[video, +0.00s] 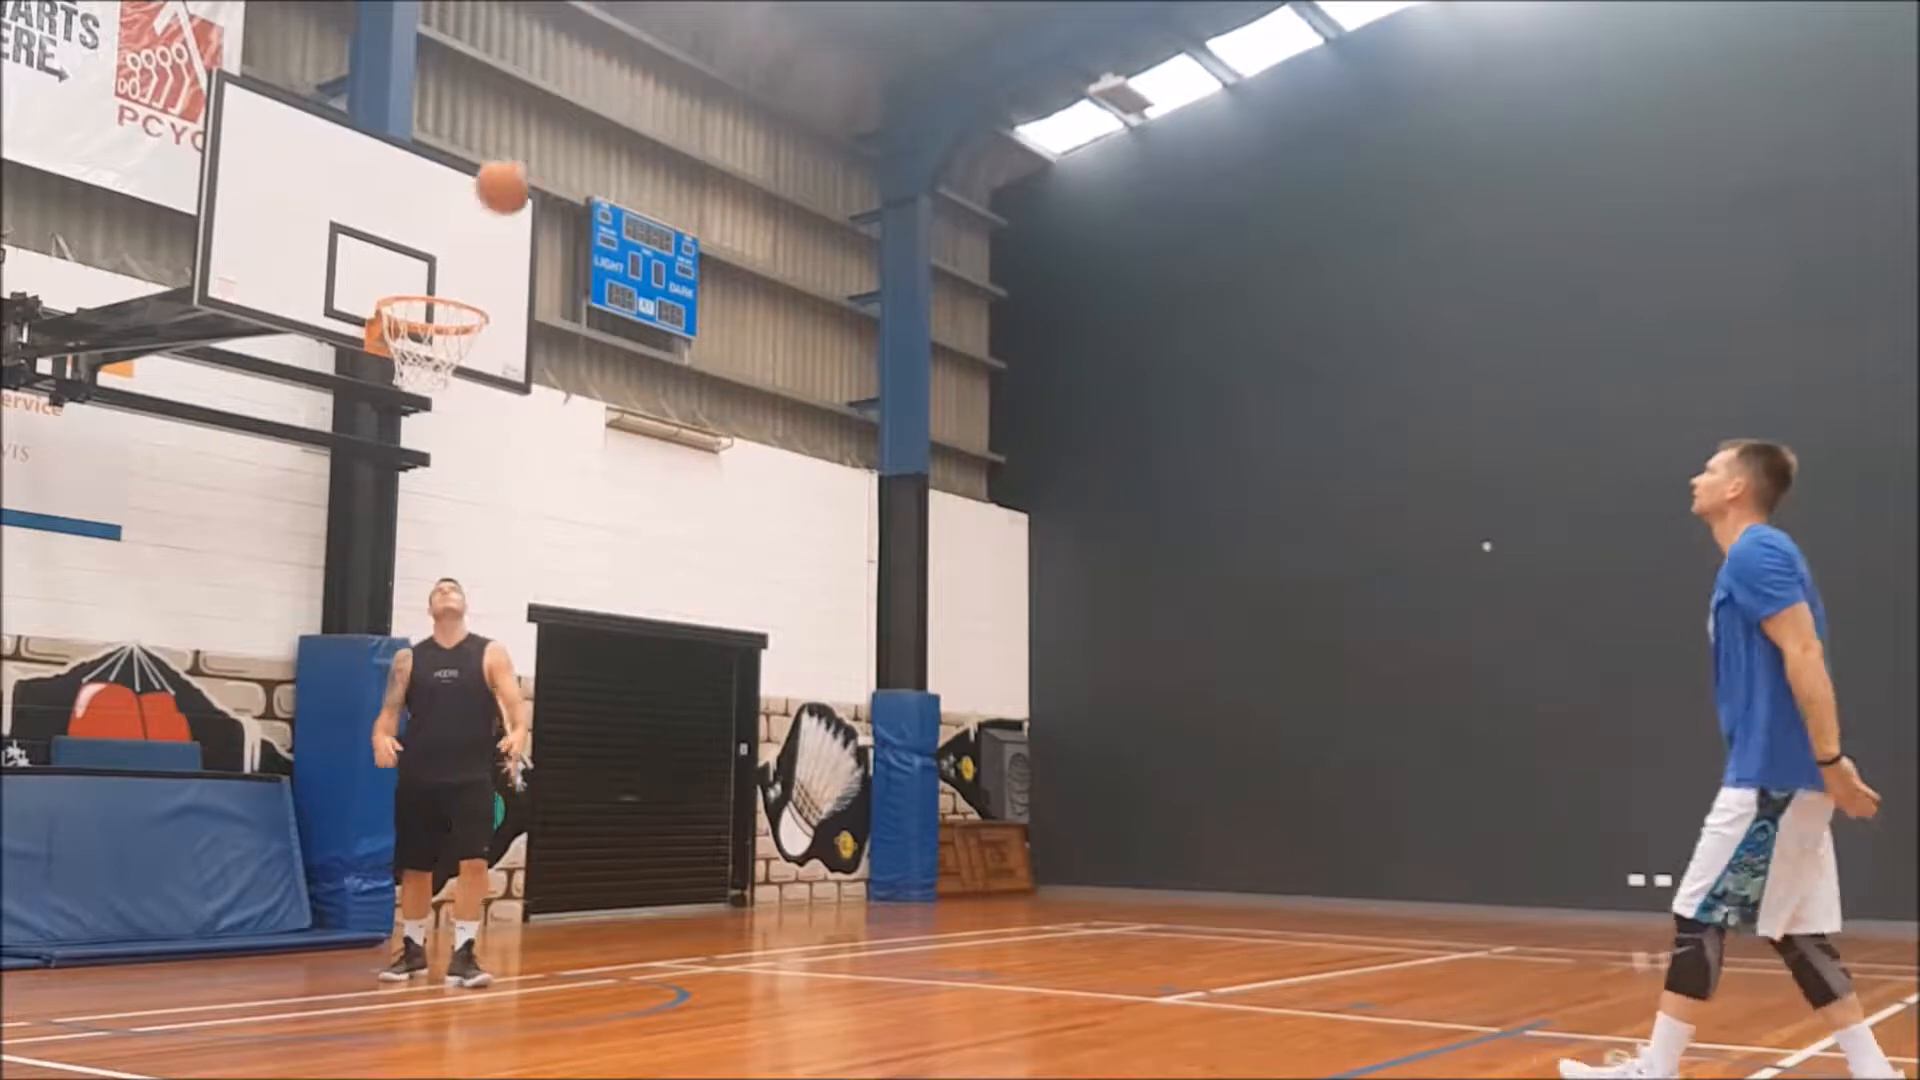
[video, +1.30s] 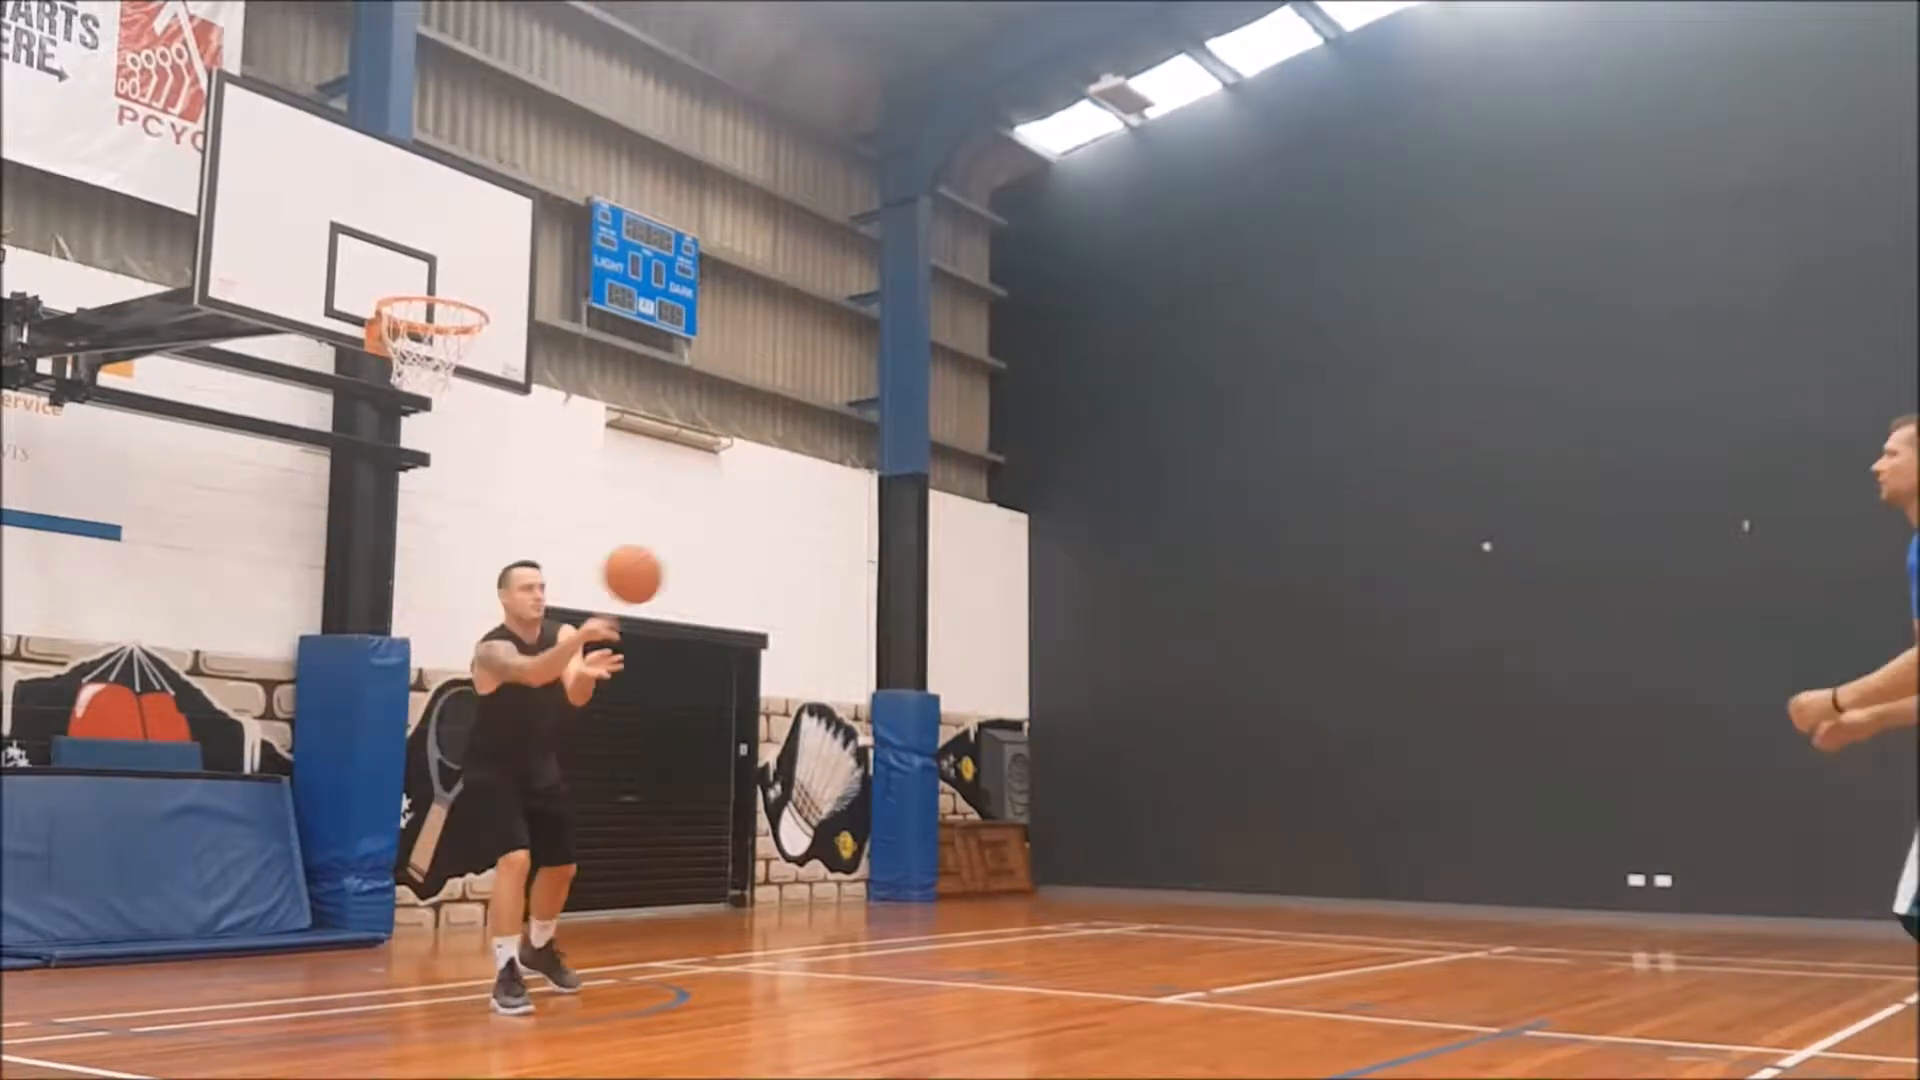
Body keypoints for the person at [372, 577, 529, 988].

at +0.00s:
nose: (447, 591)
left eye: (455, 589)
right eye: (440, 590)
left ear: (467, 608)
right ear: (429, 609)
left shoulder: (490, 653)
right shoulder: (409, 658)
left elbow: (515, 706)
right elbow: (390, 710)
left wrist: (519, 732)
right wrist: (382, 736)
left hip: (472, 778)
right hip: (418, 777)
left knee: (473, 861)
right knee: (415, 866)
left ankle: (463, 956)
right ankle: (413, 952)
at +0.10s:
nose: (459, 588)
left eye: (467, 587)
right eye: (452, 587)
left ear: (479, 607)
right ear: (442, 606)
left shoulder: (499, 651)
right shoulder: (420, 655)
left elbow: (532, 701)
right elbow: (392, 715)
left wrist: (517, 711)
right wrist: (381, 698)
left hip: (480, 771)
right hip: (427, 769)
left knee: (482, 862)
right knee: (417, 862)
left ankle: (463, 957)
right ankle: (413, 947)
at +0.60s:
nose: (482, 611)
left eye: (491, 603)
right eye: (479, 603)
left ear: (514, 607)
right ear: (476, 606)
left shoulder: (539, 651)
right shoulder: (458, 660)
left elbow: (529, 698)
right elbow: (415, 710)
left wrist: (475, 705)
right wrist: (372, 755)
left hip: (521, 785)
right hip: (471, 781)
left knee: (503, 881)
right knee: (478, 859)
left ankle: (467, 957)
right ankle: (477, 949)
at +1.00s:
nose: (508, 625)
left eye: (516, 616)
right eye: (500, 617)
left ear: (531, 621)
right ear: (489, 623)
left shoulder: (556, 666)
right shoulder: (472, 672)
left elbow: (549, 730)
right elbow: (455, 722)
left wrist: (491, 728)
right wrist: (425, 716)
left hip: (543, 788)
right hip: (493, 784)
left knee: (541, 896)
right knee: (520, 856)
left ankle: (500, 930)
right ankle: (508, 972)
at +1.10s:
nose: (523, 615)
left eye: (529, 607)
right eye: (513, 607)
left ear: (538, 613)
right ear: (495, 615)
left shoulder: (560, 657)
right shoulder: (478, 661)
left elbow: (558, 722)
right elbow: (454, 741)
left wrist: (516, 697)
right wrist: (466, 689)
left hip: (543, 782)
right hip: (494, 781)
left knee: (550, 885)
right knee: (517, 858)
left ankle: (504, 927)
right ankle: (510, 972)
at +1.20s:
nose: (534, 605)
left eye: (538, 597)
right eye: (524, 597)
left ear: (546, 603)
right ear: (501, 608)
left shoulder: (566, 646)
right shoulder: (488, 659)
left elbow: (571, 707)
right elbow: (494, 725)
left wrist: (555, 663)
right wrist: (516, 666)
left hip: (544, 776)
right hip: (495, 777)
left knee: (558, 872)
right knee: (515, 858)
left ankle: (528, 941)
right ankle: (507, 972)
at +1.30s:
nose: (537, 596)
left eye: (540, 588)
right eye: (527, 589)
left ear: (546, 594)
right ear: (503, 598)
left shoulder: (562, 635)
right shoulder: (491, 649)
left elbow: (578, 698)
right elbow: (533, 672)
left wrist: (584, 670)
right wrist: (577, 639)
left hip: (542, 769)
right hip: (493, 771)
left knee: (560, 864)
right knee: (516, 858)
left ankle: (537, 947)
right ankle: (507, 974)